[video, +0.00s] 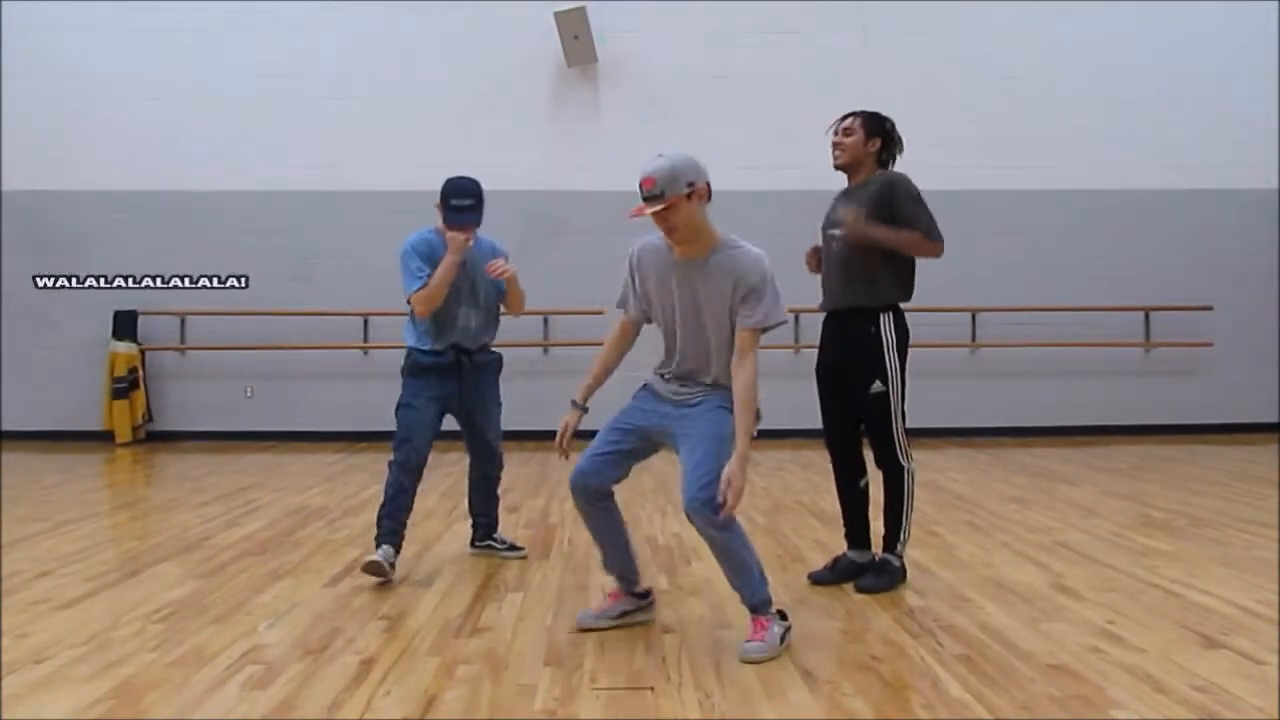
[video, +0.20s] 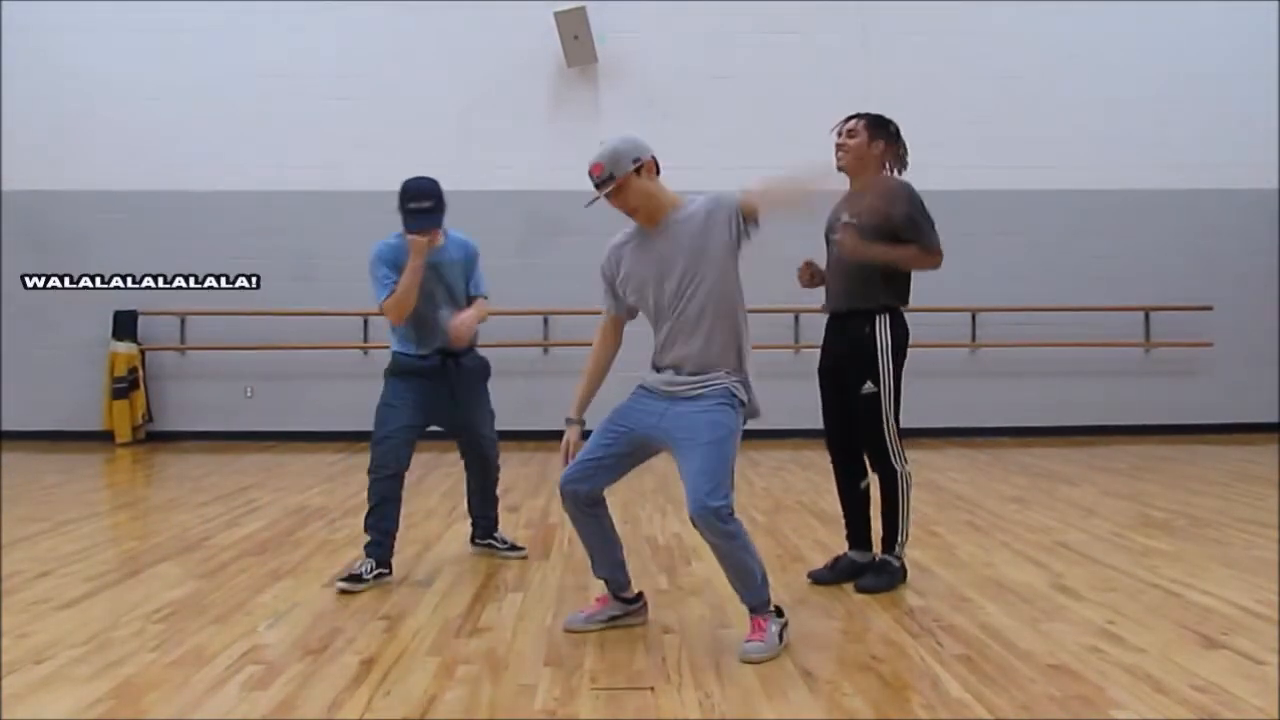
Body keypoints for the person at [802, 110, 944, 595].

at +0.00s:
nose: (836, 139)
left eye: (847, 132)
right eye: (835, 134)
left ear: (875, 144)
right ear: (839, 148)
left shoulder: (893, 185)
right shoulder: (841, 200)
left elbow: (933, 245)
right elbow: (853, 271)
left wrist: (868, 231)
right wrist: (824, 263)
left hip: (879, 326)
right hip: (838, 327)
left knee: (889, 444)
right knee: (841, 442)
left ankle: (893, 556)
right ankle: (858, 550)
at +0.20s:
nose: (840, 142)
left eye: (852, 134)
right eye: (839, 136)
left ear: (883, 148)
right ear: (841, 151)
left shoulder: (899, 194)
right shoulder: (842, 206)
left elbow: (930, 255)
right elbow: (854, 274)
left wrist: (865, 250)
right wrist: (820, 276)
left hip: (879, 327)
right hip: (840, 328)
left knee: (882, 443)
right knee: (842, 444)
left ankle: (893, 557)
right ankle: (859, 550)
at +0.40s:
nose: (840, 144)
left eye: (850, 137)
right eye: (838, 138)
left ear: (878, 148)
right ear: (838, 151)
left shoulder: (897, 191)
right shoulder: (844, 201)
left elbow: (942, 244)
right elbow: (841, 264)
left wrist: (872, 257)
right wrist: (816, 230)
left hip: (879, 326)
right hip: (842, 326)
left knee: (873, 445)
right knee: (844, 444)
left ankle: (894, 555)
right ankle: (859, 551)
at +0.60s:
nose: (840, 148)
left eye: (851, 140)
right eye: (838, 141)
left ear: (878, 148)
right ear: (837, 151)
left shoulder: (900, 192)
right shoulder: (840, 203)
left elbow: (937, 250)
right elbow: (853, 275)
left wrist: (877, 255)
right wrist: (821, 279)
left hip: (885, 328)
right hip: (845, 330)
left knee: (884, 445)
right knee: (845, 447)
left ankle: (911, 560)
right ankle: (859, 554)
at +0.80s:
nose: (849, 150)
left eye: (859, 142)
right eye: (845, 143)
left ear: (888, 147)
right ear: (843, 152)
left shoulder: (910, 193)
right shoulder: (848, 205)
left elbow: (938, 258)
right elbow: (859, 273)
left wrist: (882, 244)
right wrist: (829, 285)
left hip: (899, 330)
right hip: (856, 332)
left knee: (911, 448)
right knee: (851, 447)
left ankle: (944, 567)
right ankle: (860, 555)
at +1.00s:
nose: (873, 150)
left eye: (884, 141)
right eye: (868, 142)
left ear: (912, 147)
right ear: (863, 151)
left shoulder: (931, 193)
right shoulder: (860, 207)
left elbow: (948, 261)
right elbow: (849, 277)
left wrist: (882, 245)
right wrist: (830, 253)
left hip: (921, 333)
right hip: (875, 336)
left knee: (944, 453)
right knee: (858, 450)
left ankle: (979, 572)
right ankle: (861, 555)